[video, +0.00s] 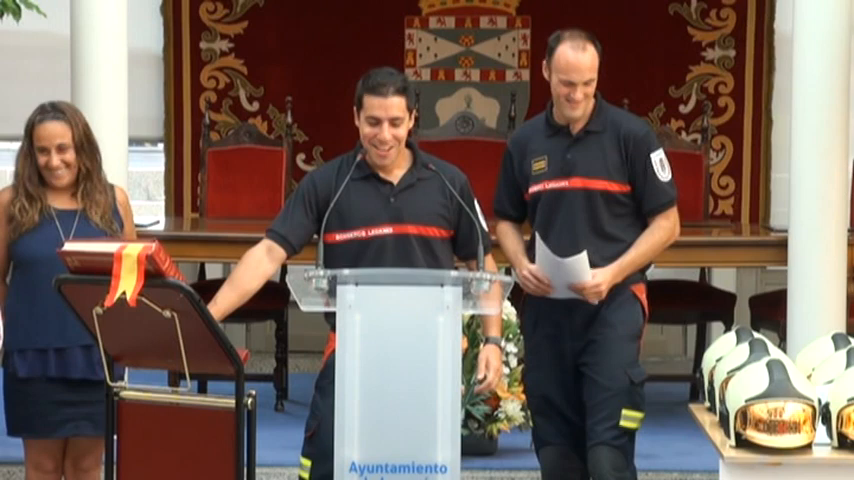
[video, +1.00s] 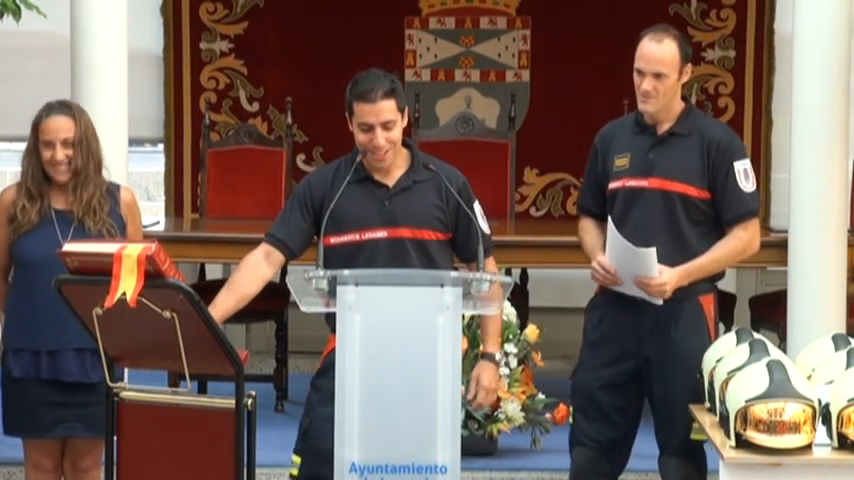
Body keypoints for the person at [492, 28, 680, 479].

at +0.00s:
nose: (577, 95)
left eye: (586, 84)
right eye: (567, 83)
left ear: (598, 78)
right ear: (546, 73)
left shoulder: (632, 135)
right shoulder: (524, 141)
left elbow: (668, 223)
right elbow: (504, 219)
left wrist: (613, 273)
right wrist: (520, 264)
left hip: (612, 306)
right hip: (545, 309)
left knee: (606, 448)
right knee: (556, 451)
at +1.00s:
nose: (645, 86)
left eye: (658, 75)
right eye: (640, 73)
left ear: (684, 75)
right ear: (632, 71)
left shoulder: (719, 143)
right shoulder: (610, 138)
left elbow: (748, 236)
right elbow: (589, 214)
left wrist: (678, 277)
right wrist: (598, 256)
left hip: (682, 318)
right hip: (613, 313)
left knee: (681, 454)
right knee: (591, 451)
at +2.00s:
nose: (664, 81)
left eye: (677, 73)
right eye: (660, 70)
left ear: (706, 77)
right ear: (654, 71)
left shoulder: (736, 145)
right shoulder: (634, 140)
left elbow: (763, 242)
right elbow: (612, 216)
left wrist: (688, 278)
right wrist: (613, 255)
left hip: (697, 318)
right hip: (631, 311)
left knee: (691, 454)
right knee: (607, 449)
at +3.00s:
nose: (681, 91)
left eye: (691, 81)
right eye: (672, 79)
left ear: (707, 79)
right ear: (657, 76)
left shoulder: (737, 145)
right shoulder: (631, 141)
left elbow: (765, 242)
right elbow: (611, 220)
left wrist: (691, 279)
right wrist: (615, 259)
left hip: (699, 328)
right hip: (631, 322)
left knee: (693, 462)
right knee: (607, 458)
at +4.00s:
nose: (682, 115)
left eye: (693, 103)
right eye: (672, 103)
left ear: (709, 94)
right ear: (657, 94)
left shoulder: (743, 151)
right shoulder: (627, 153)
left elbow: (764, 240)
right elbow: (630, 249)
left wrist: (773, 318)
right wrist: (659, 328)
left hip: (708, 313)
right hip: (635, 309)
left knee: (700, 448)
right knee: (609, 445)